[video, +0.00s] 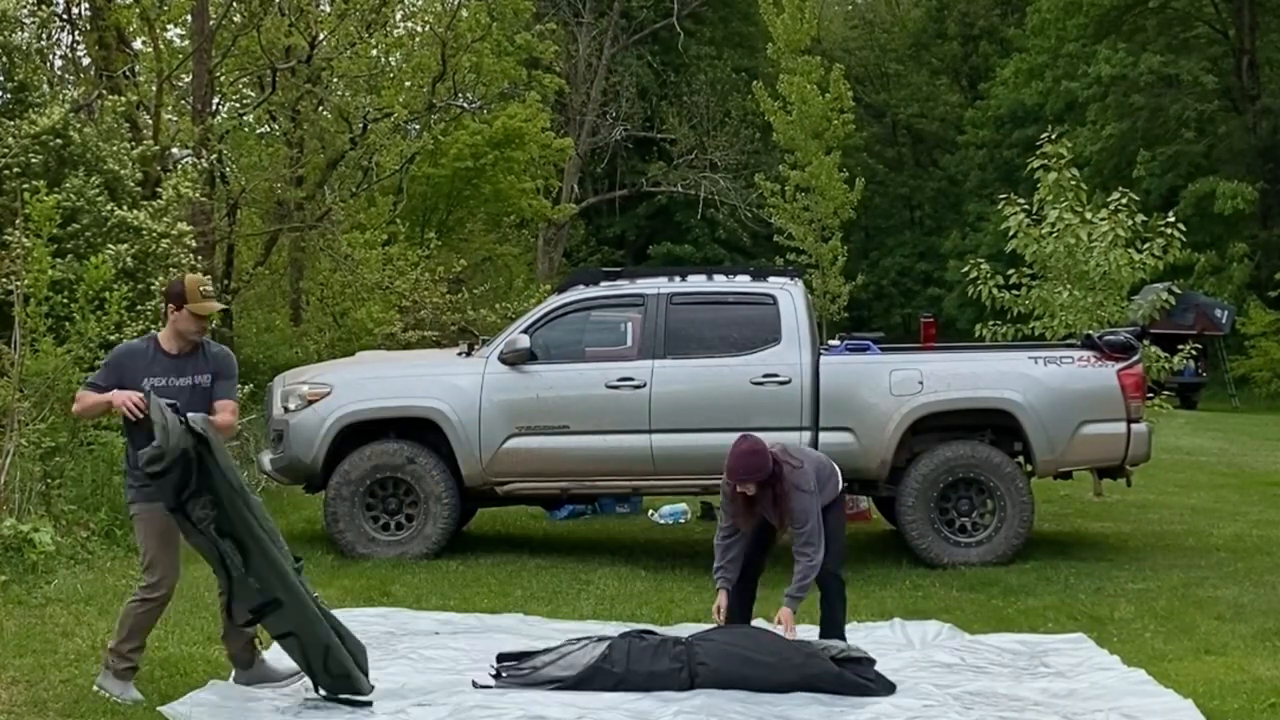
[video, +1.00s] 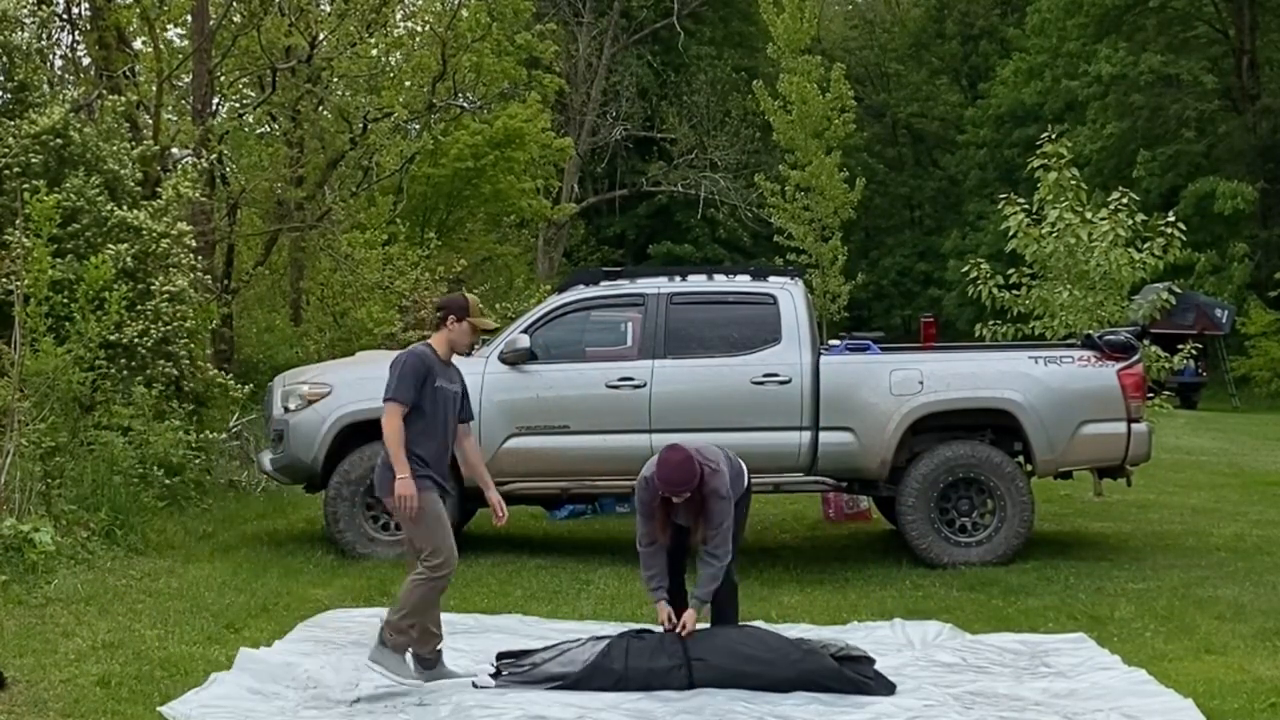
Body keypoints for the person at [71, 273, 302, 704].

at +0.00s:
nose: (207, 324)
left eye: (210, 317)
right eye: (199, 317)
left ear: (208, 314)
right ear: (173, 312)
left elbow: (228, 422)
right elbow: (81, 405)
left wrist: (196, 424)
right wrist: (111, 397)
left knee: (235, 565)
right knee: (160, 581)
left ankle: (247, 664)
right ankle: (116, 675)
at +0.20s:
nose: (216, 316)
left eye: (217, 309)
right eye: (212, 308)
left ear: (197, 304)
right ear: (189, 303)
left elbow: (191, 399)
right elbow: (101, 406)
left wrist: (129, 392)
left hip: (188, 477)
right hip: (138, 475)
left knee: (196, 571)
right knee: (133, 574)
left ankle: (171, 665)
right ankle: (115, 674)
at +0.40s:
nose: (266, 321)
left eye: (266, 313)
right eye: (262, 312)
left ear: (244, 310)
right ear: (242, 308)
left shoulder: (247, 353)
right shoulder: (198, 354)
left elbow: (261, 414)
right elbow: (177, 421)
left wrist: (274, 471)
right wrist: (194, 485)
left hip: (221, 472)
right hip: (205, 474)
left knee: (199, 573)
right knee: (262, 545)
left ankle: (167, 664)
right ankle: (211, 634)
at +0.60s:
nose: (355, 341)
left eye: (356, 334)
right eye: (353, 333)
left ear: (326, 327)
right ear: (335, 329)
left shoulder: (293, 361)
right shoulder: (319, 378)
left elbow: (284, 438)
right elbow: (324, 454)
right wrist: (345, 513)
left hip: (288, 494)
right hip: (310, 500)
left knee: (315, 570)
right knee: (333, 591)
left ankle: (237, 621)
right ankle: (313, 685)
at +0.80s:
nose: (417, 341)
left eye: (418, 334)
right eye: (415, 333)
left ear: (392, 328)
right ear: (397, 328)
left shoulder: (369, 365)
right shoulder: (370, 372)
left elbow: (362, 442)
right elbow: (371, 444)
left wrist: (390, 494)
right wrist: (401, 496)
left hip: (377, 497)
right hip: (361, 498)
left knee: (405, 569)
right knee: (345, 590)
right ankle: (313, 682)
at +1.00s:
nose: (475, 339)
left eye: (477, 332)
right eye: (472, 330)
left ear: (457, 325)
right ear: (451, 323)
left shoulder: (455, 376)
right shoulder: (415, 360)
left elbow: (464, 439)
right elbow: (390, 419)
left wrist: (489, 489)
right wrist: (402, 473)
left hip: (432, 482)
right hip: (407, 479)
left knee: (431, 566)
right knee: (441, 560)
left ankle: (427, 656)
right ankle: (389, 645)